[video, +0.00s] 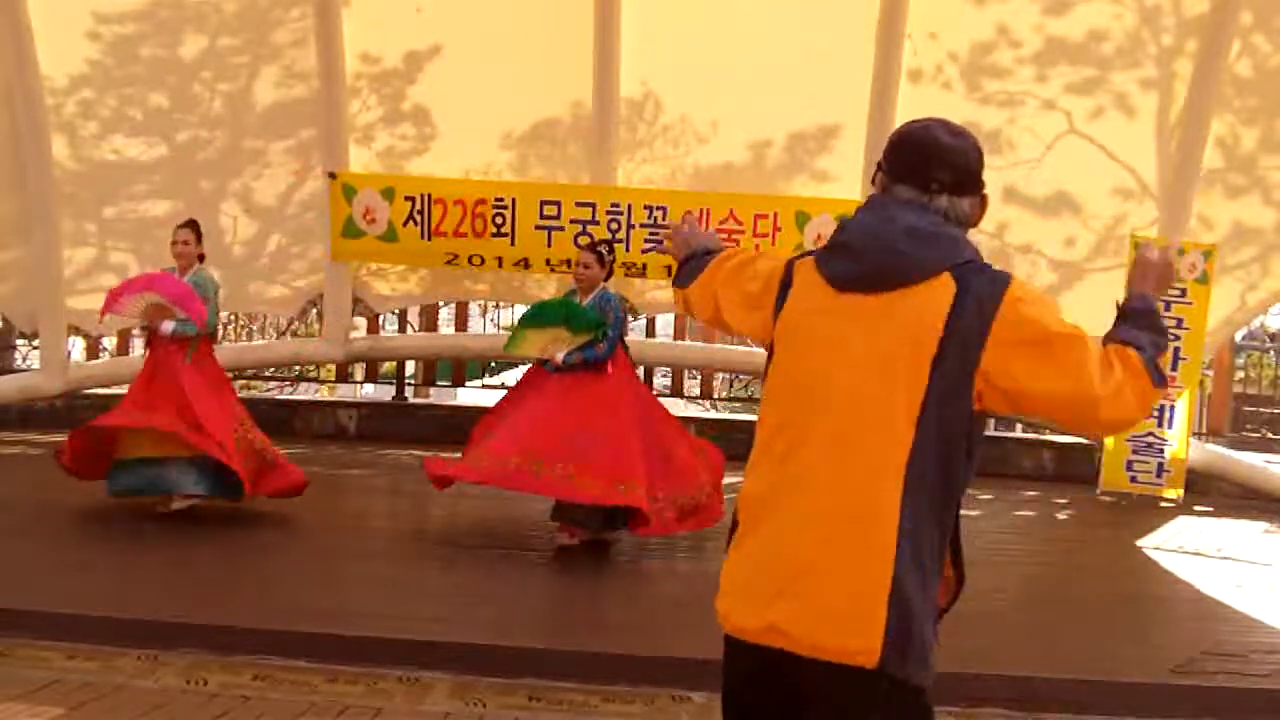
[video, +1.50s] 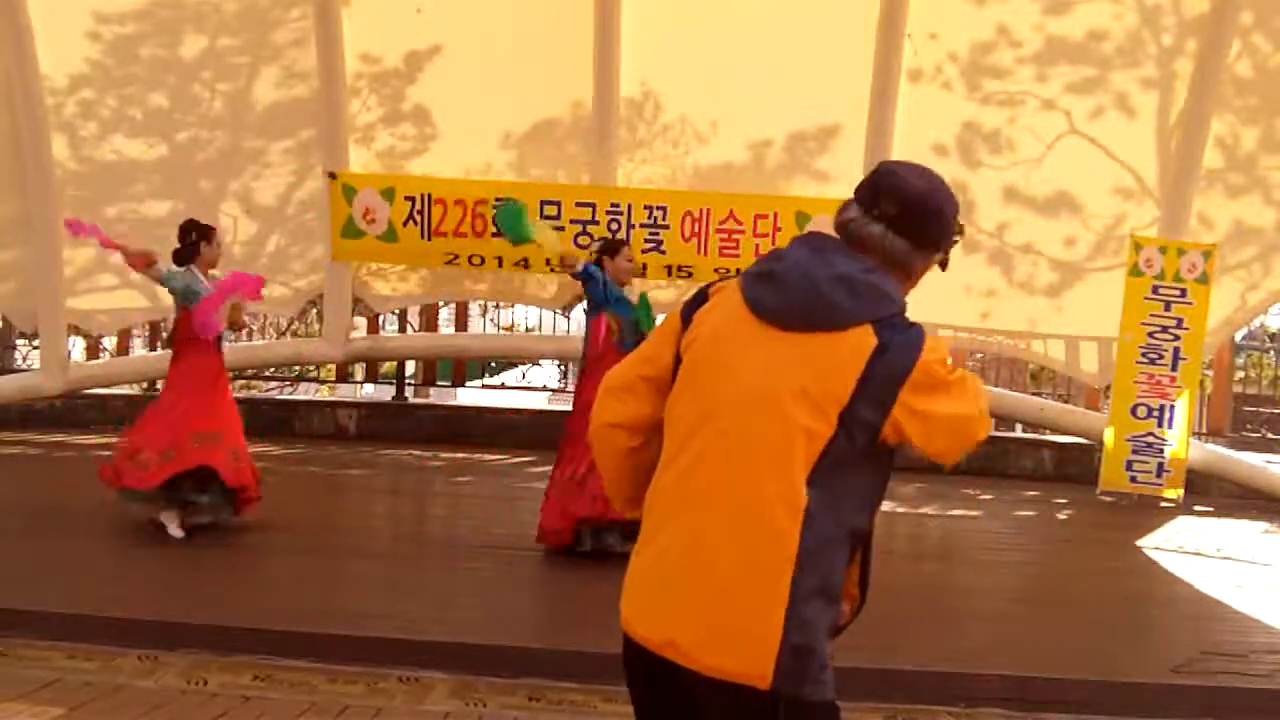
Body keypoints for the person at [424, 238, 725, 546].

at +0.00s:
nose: (580, 272)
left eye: (588, 267)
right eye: (577, 266)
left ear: (604, 272)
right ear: (574, 268)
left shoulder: (611, 303)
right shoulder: (569, 301)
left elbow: (606, 347)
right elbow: (552, 335)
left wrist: (566, 358)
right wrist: (547, 350)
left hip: (602, 388)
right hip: (572, 385)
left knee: (595, 453)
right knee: (574, 453)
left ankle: (592, 524)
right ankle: (576, 521)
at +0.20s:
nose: (578, 270)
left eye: (586, 265)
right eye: (576, 264)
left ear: (603, 270)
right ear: (573, 267)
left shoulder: (612, 304)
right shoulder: (564, 298)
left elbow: (604, 348)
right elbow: (533, 317)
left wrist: (564, 360)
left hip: (597, 385)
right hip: (562, 383)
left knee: (588, 449)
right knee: (558, 449)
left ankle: (577, 523)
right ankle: (556, 524)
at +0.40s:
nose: (579, 271)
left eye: (588, 266)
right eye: (577, 264)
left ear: (606, 272)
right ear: (573, 266)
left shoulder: (613, 304)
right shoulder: (561, 293)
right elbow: (522, 294)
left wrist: (566, 360)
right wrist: (483, 279)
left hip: (596, 384)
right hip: (557, 380)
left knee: (576, 448)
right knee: (547, 441)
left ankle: (560, 527)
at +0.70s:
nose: (581, 267)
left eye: (589, 263)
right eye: (579, 262)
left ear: (607, 268)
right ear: (576, 264)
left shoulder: (615, 305)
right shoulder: (563, 290)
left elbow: (614, 349)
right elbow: (528, 270)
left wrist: (576, 362)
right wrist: (509, 232)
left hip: (594, 387)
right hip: (558, 383)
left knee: (579, 450)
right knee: (544, 444)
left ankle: (564, 526)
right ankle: (537, 524)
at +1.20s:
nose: (602, 264)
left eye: (609, 260)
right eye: (597, 257)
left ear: (618, 266)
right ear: (587, 261)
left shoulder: (622, 305)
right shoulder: (574, 289)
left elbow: (645, 345)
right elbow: (540, 267)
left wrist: (622, 351)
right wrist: (499, 246)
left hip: (606, 379)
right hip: (572, 374)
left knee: (598, 444)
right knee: (564, 442)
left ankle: (589, 518)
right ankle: (550, 520)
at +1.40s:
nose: (627, 267)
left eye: (628, 261)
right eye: (619, 260)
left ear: (628, 267)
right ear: (599, 262)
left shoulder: (633, 301)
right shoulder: (593, 292)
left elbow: (652, 339)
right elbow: (567, 276)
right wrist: (536, 263)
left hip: (624, 382)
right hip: (593, 380)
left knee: (616, 448)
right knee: (587, 447)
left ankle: (610, 526)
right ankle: (574, 525)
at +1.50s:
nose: (633, 266)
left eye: (632, 260)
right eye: (627, 260)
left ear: (614, 262)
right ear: (607, 262)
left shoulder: (624, 300)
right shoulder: (603, 289)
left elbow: (635, 340)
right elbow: (594, 278)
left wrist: (644, 319)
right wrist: (578, 268)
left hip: (621, 386)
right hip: (599, 387)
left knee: (613, 452)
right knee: (595, 453)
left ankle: (608, 527)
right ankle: (589, 528)